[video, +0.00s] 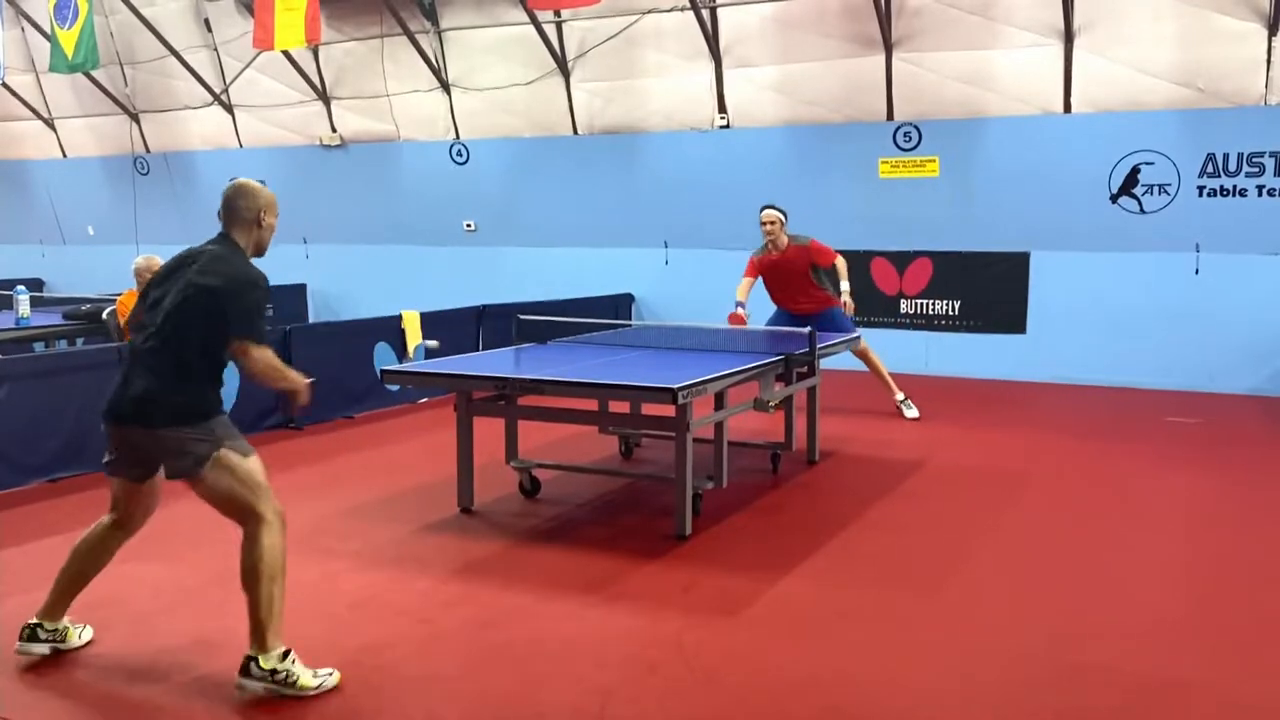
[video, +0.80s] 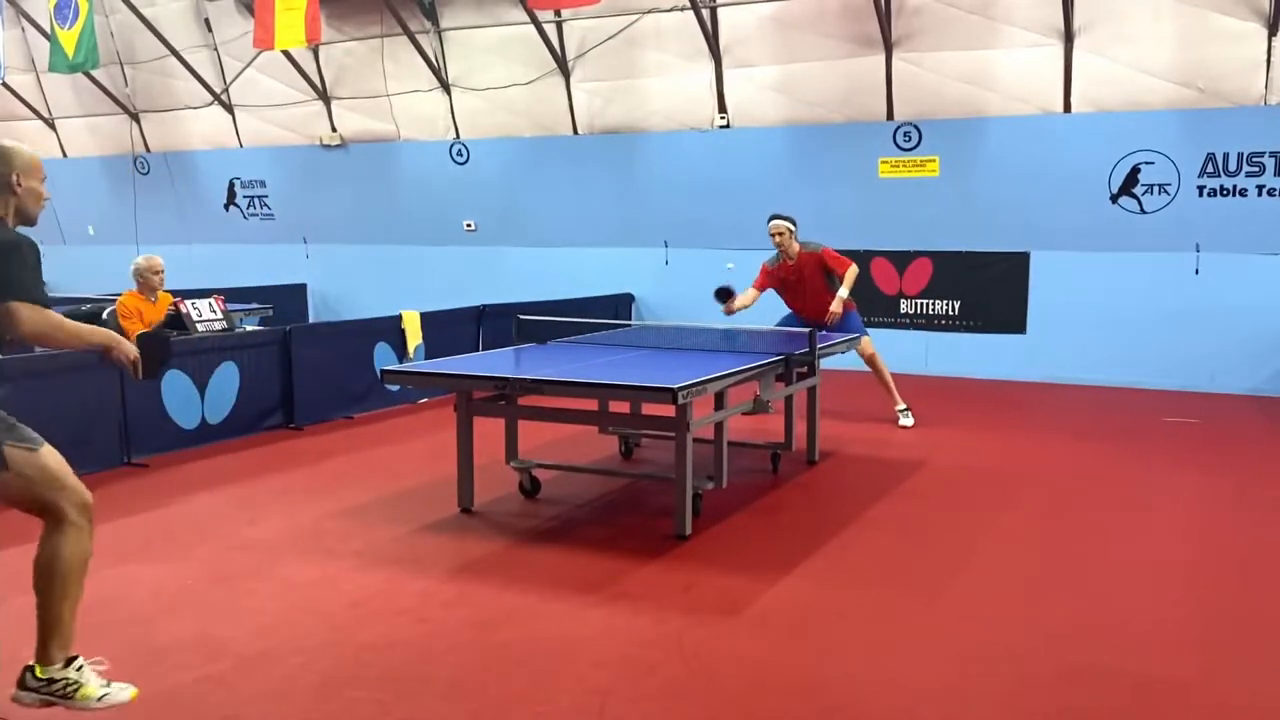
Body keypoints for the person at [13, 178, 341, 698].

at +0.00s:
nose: (275, 228)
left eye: (274, 219)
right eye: (274, 220)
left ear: (225, 219)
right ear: (260, 222)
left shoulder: (177, 264)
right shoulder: (244, 276)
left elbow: (137, 329)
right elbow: (248, 353)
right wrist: (293, 382)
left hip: (127, 412)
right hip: (185, 414)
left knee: (124, 517)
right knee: (264, 516)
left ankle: (45, 623)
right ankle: (267, 656)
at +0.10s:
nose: (241, 243)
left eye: (241, 234)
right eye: (242, 234)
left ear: (193, 227)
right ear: (232, 235)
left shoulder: (138, 272)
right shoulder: (226, 299)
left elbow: (103, 342)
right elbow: (235, 383)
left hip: (101, 431)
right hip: (162, 439)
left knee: (116, 521)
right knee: (249, 528)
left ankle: (41, 632)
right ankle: (264, 665)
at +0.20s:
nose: (200, 222)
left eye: (201, 213)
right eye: (200, 213)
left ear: (148, 206)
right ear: (188, 212)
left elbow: (20, 290)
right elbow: (207, 358)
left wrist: (3, 309)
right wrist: (207, 321)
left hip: (61, 417)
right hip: (131, 427)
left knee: (80, 513)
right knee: (195, 529)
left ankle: (37, 631)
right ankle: (256, 649)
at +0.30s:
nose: (166, 187)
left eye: (165, 177)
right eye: (164, 177)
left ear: (110, 176)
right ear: (146, 178)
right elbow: (175, 338)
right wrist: (144, 302)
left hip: (25, 394)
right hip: (100, 404)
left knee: (37, 505)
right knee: (161, 509)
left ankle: (26, 620)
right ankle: (170, 646)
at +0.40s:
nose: (126, 177)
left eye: (124, 167)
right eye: (122, 168)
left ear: (71, 173)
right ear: (104, 174)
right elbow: (137, 337)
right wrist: (150, 290)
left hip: (4, 393)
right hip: (68, 396)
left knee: (5, 503)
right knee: (136, 503)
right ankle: (122, 638)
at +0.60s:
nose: (51, 214)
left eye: (49, 205)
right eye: (45, 205)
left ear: (12, 208)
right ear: (19, 208)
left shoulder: (15, 271)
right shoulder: (26, 277)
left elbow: (53, 355)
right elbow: (61, 358)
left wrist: (111, 351)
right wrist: (121, 351)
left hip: (10, 442)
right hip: (7, 443)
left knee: (101, 511)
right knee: (105, 514)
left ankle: (118, 647)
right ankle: (119, 650)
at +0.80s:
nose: (46, 191)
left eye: (44, 180)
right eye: (39, 180)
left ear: (10, 185)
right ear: (14, 185)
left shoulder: (10, 241)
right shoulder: (12, 243)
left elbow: (22, 318)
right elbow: (26, 319)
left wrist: (98, 336)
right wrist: (107, 337)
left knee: (70, 504)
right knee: (71, 506)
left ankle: (53, 662)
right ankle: (52, 665)